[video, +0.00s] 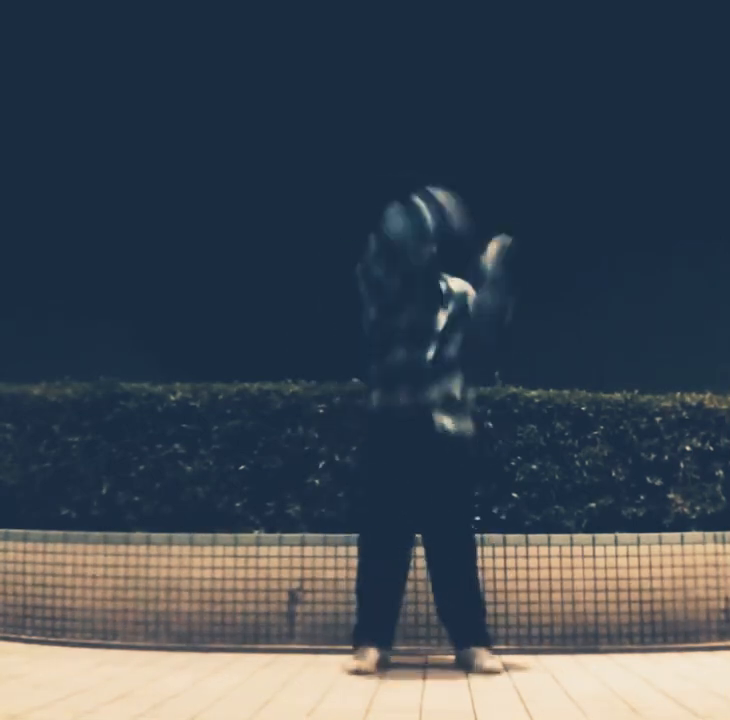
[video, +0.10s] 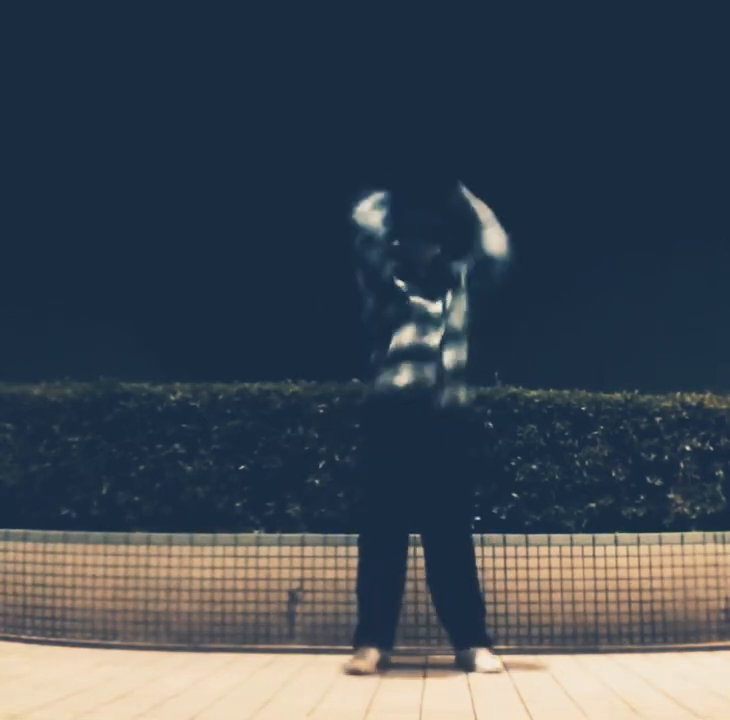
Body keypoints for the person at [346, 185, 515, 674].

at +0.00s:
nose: (409, 251)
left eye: (419, 240)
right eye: (401, 240)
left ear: (437, 242)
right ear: (389, 242)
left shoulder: (458, 292)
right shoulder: (379, 292)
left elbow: (489, 328)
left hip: (448, 427)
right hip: (390, 427)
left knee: (453, 536)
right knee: (383, 536)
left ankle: (471, 643)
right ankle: (371, 642)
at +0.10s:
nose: (427, 245)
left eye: (436, 236)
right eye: (417, 235)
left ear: (450, 239)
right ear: (399, 240)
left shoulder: (466, 278)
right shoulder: (383, 279)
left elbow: (497, 250)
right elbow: (365, 227)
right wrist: (390, 195)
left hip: (449, 415)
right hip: (390, 413)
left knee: (451, 528)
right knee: (382, 529)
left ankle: (472, 643)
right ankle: (372, 642)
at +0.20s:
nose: (426, 250)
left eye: (434, 242)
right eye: (416, 241)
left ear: (448, 248)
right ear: (401, 247)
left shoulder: (460, 291)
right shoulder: (384, 288)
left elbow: (488, 269)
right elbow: (356, 325)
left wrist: (457, 247)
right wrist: (363, 267)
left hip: (451, 426)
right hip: (391, 428)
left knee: (456, 532)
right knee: (382, 532)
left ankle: (471, 643)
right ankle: (372, 643)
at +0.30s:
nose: (412, 255)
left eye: (420, 245)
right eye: (402, 244)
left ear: (433, 247)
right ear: (386, 246)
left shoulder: (462, 291)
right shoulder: (368, 294)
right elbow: (358, 360)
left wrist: (462, 309)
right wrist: (376, 304)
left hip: (454, 431)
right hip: (391, 434)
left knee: (460, 535)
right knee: (383, 536)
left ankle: (471, 644)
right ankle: (372, 645)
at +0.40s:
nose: (413, 258)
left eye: (420, 248)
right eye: (403, 248)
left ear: (433, 247)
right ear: (387, 248)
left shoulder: (460, 291)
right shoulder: (368, 291)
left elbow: (475, 362)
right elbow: (352, 362)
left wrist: (458, 342)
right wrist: (363, 351)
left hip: (456, 430)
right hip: (391, 431)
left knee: (488, 520)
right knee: (379, 529)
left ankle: (479, 632)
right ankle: (372, 644)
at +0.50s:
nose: (410, 260)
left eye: (419, 251)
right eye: (401, 252)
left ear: (434, 245)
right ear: (388, 249)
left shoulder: (462, 281)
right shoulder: (370, 284)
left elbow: (486, 346)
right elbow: (347, 348)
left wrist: (463, 341)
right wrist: (364, 347)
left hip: (452, 421)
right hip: (381, 422)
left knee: (490, 515)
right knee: (351, 515)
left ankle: (487, 637)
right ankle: (350, 634)